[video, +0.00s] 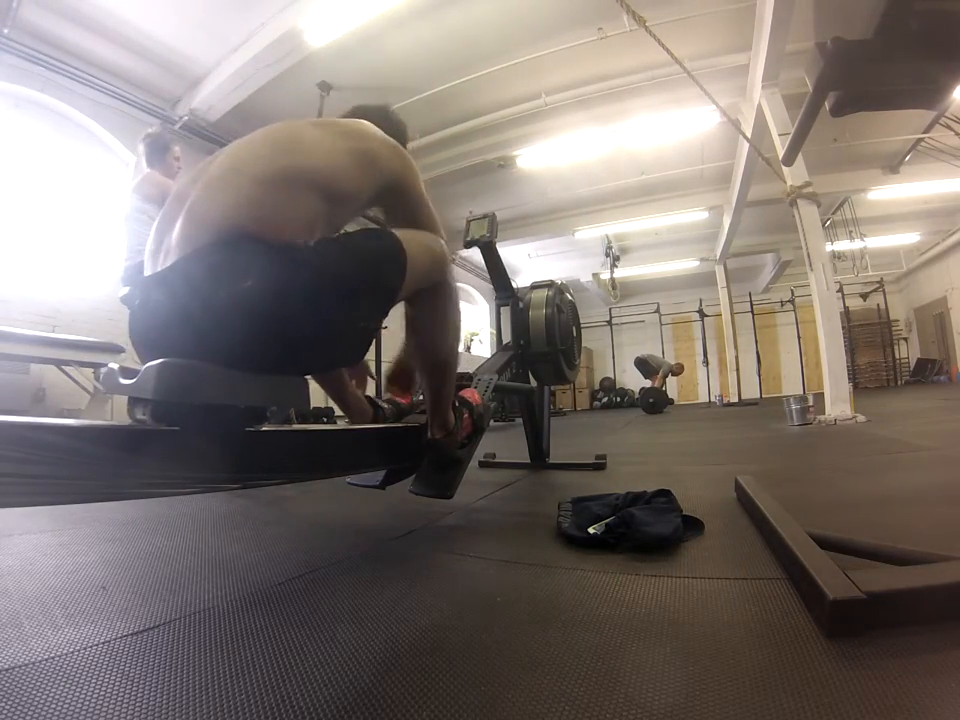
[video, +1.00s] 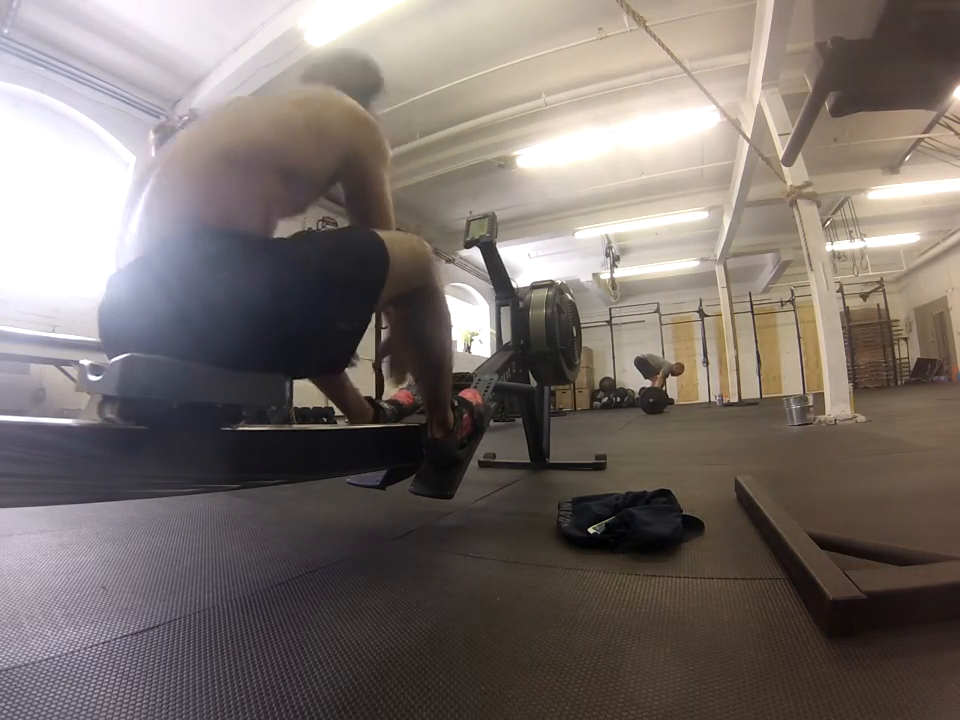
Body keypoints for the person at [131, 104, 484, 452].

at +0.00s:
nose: (397, 179)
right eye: (401, 166)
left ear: (343, 120)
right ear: (392, 144)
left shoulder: (277, 145)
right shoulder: (390, 153)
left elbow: (293, 259)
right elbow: (432, 266)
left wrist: (345, 354)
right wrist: (406, 365)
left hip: (155, 326)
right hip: (251, 307)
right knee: (433, 262)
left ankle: (362, 416)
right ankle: (443, 427)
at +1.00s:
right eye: (371, 105)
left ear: (307, 77)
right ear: (364, 96)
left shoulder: (239, 115)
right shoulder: (356, 125)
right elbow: (382, 257)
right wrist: (397, 335)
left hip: (126, 312)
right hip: (220, 298)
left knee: (288, 294)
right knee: (415, 263)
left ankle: (364, 418)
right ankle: (443, 426)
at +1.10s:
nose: (347, 92)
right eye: (350, 83)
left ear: (282, 56)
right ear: (338, 72)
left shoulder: (215, 95)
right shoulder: (336, 96)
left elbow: (125, 178)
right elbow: (384, 225)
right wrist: (393, 298)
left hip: (117, 309)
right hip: (212, 300)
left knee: (283, 291)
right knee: (412, 263)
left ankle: (364, 417)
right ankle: (443, 427)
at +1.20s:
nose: (328, 56)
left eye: (327, 48)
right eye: (325, 46)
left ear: (254, 29)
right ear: (315, 38)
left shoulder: (196, 76)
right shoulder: (308, 64)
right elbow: (392, 211)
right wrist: (431, 301)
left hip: (102, 305)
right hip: (195, 291)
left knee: (278, 287)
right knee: (412, 266)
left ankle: (364, 415)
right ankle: (444, 427)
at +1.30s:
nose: (311, 43)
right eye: (307, 31)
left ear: (236, 12)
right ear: (291, 15)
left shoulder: (174, 60)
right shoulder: (269, 37)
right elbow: (373, 183)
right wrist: (434, 254)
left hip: (85, 297)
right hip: (171, 279)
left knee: (279, 304)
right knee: (402, 275)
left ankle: (362, 414)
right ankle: (445, 426)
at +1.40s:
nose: (281, 40)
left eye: (282, 36)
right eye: (278, 29)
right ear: (257, 6)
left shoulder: (150, 47)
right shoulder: (225, 17)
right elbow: (318, 155)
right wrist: (418, 259)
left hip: (73, 286)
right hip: (142, 269)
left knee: (274, 309)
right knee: (389, 280)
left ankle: (367, 421)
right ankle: (445, 429)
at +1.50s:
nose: (243, 35)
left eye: (245, 32)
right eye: (240, 24)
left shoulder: (107, 48)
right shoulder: (184, 12)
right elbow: (210, 101)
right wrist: (302, 262)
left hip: (56, 286)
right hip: (129, 272)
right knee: (376, 289)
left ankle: (359, 413)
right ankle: (445, 428)